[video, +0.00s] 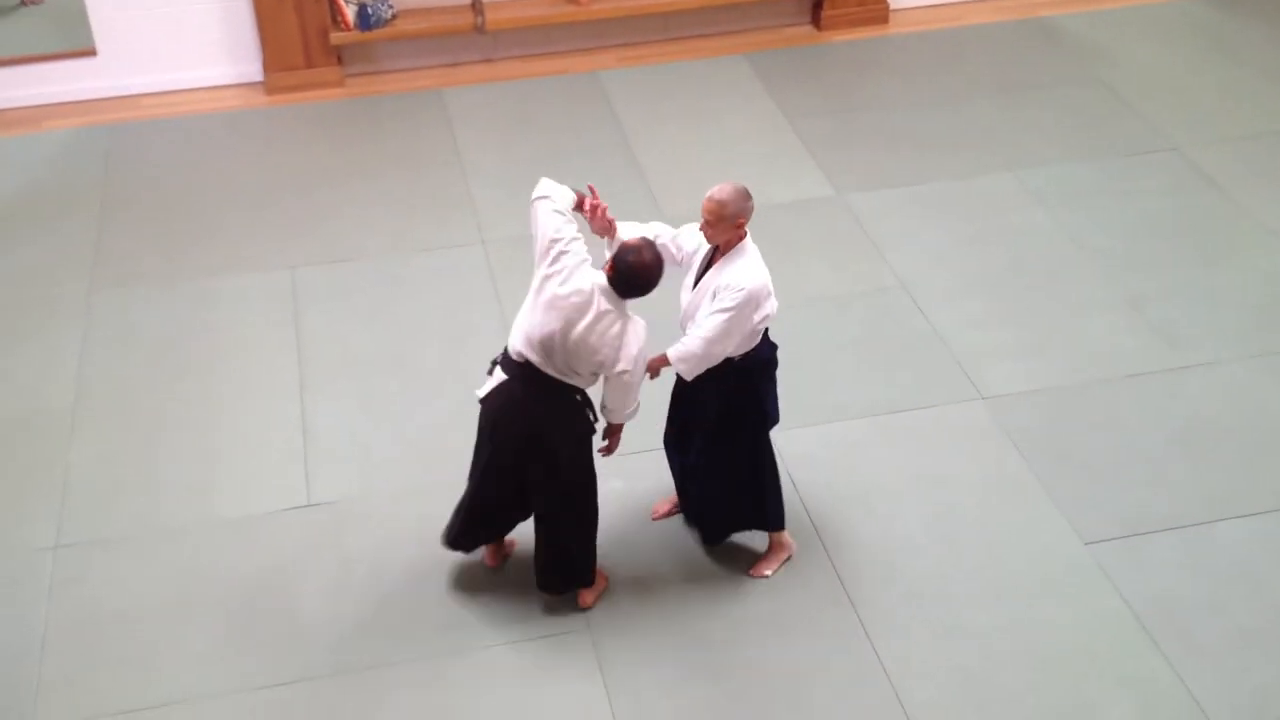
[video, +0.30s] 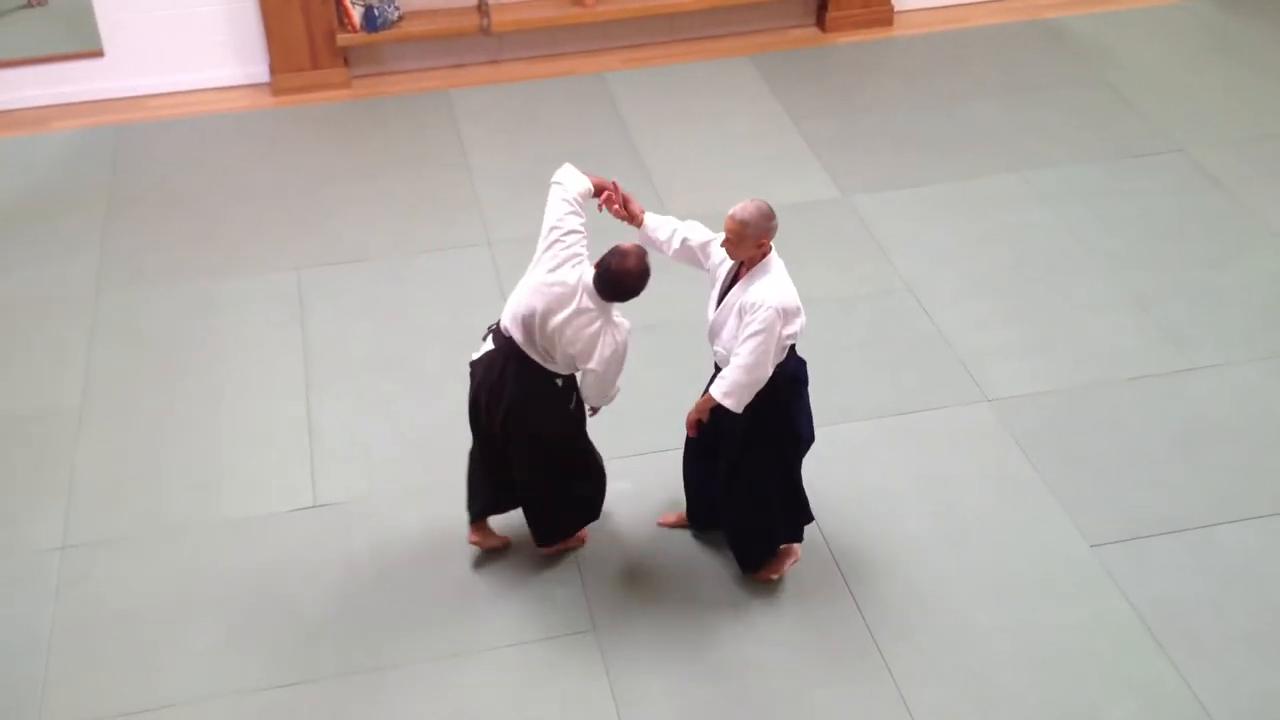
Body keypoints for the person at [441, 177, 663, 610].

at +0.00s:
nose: (621, 238)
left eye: (622, 242)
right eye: (633, 240)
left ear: (609, 260)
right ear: (647, 289)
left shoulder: (566, 262)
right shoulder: (628, 334)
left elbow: (545, 194)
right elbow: (621, 395)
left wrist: (579, 201)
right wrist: (615, 426)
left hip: (509, 391)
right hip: (563, 413)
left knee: (496, 471)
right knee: (572, 497)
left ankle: (493, 544)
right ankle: (584, 585)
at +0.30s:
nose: (630, 241)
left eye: (624, 249)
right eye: (638, 251)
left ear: (601, 259)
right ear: (630, 293)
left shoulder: (564, 253)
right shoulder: (610, 334)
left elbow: (565, 184)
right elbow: (596, 393)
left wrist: (596, 184)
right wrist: (593, 402)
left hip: (497, 361)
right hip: (544, 387)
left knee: (487, 444)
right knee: (552, 459)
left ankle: (478, 525)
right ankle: (551, 534)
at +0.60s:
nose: (627, 260)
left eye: (621, 264)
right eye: (634, 267)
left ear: (597, 276)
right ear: (623, 311)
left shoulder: (559, 261)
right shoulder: (605, 339)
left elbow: (560, 193)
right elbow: (596, 384)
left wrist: (611, 199)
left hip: (494, 351)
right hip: (545, 378)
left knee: (471, 427)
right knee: (548, 452)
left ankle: (447, 504)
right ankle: (550, 534)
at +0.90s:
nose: (619, 269)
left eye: (613, 275)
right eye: (629, 277)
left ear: (590, 285)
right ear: (618, 322)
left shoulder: (551, 266)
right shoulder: (599, 345)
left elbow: (555, 207)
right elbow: (591, 379)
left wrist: (614, 213)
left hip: (488, 354)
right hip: (540, 379)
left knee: (462, 429)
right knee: (543, 455)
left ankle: (443, 505)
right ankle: (550, 535)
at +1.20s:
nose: (620, 264)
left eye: (615, 272)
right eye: (631, 275)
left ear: (593, 287)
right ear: (621, 321)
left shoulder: (551, 270)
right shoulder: (603, 342)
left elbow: (553, 214)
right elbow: (583, 369)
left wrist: (608, 212)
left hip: (488, 358)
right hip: (543, 381)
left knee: (458, 431)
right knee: (543, 456)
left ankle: (444, 508)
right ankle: (550, 534)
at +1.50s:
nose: (624, 258)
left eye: (621, 266)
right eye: (634, 265)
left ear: (601, 282)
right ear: (624, 316)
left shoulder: (558, 266)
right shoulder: (604, 337)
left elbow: (561, 209)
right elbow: (579, 358)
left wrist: (613, 214)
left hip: (488, 358)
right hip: (544, 379)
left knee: (460, 432)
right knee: (546, 453)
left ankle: (446, 509)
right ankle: (553, 530)